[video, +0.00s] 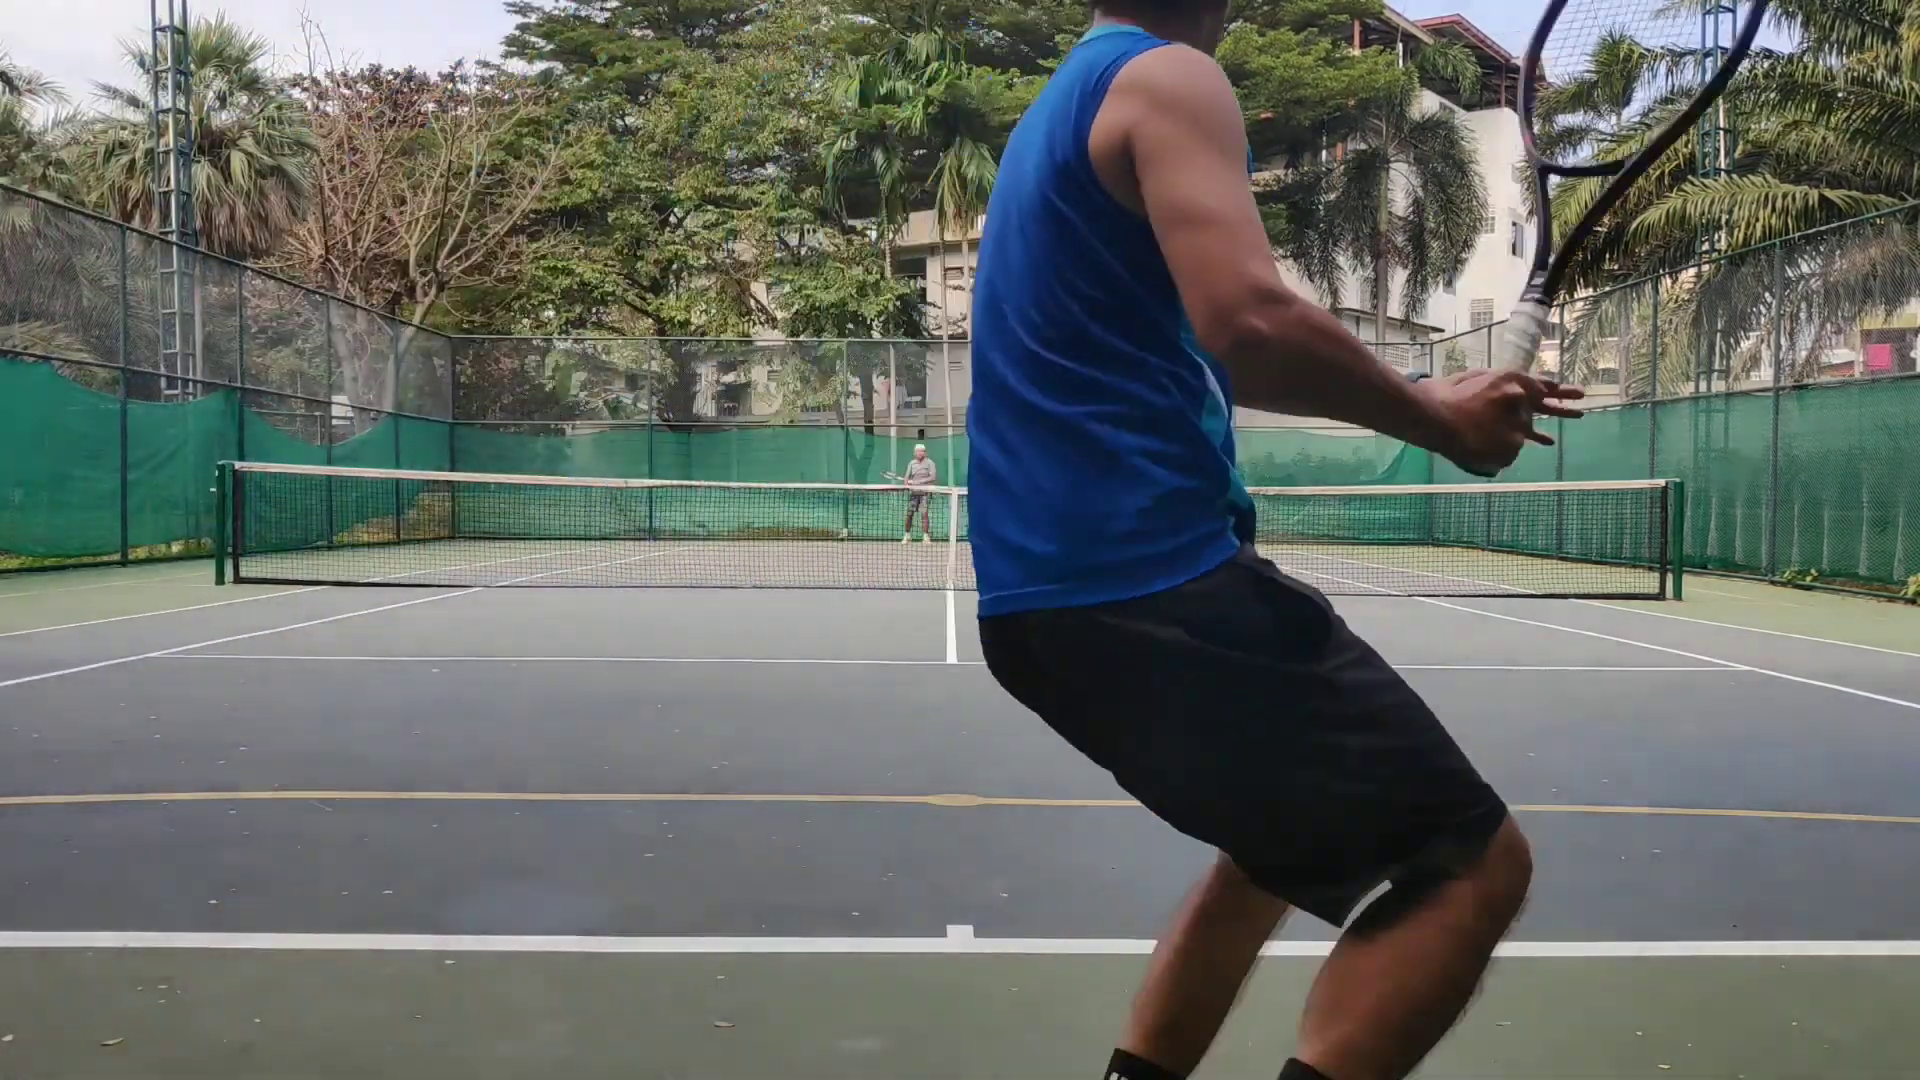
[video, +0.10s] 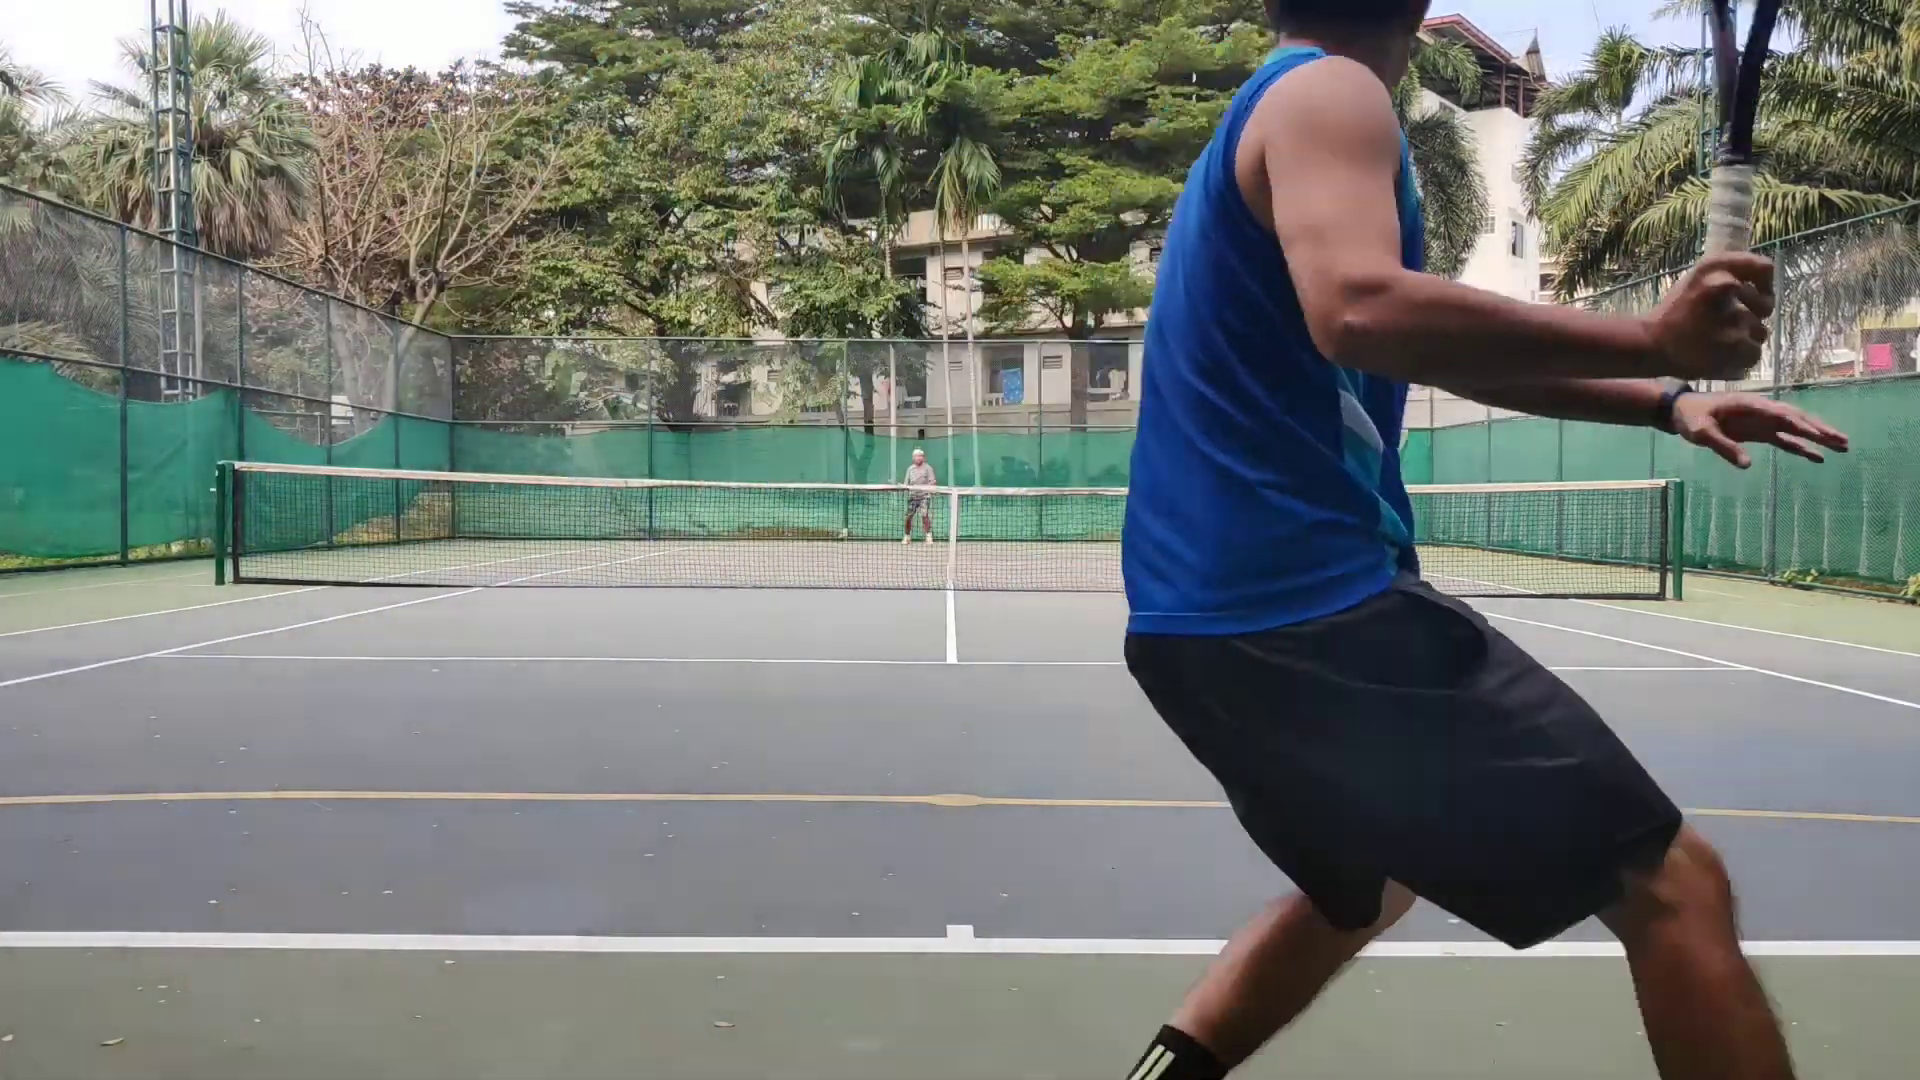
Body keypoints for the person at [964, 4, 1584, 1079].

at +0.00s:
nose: (1231, 17)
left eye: (1227, 12)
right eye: (1230, 7)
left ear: (1108, 1)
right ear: (1211, 1)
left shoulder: (1063, 108)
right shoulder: (1168, 82)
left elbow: (1223, 362)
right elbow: (1248, 317)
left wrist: (1425, 403)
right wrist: (1437, 418)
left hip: (1053, 602)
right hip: (1154, 588)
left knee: (1283, 829)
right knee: (1476, 864)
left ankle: (1142, 1067)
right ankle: (1320, 1068)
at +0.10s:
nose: (1428, 20)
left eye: (1422, 11)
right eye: (1422, 8)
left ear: (1285, 13)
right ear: (1400, 12)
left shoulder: (1269, 116)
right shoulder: (1330, 93)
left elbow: (1447, 357)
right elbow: (1358, 308)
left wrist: (1667, 401)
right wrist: (1649, 339)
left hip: (1200, 623)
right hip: (1311, 608)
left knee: (1362, 886)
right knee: (1674, 887)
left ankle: (1171, 1068)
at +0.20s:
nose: (1629, 47)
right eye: (1626, 34)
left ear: (1473, 34)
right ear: (1616, 45)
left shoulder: (1444, 140)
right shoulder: (1521, 118)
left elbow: (1658, 380)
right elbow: (1474, 313)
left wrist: (1880, 459)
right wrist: (1786, 328)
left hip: (1330, 638)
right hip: (1464, 628)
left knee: (1482, 839)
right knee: (1831, 902)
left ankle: (1273, 1042)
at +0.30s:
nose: (1773, 89)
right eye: (1778, 71)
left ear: (1620, 53)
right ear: (1772, 72)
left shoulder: (1589, 155)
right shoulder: (1681, 137)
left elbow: (1773, 404)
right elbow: (1584, 327)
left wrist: (1915, 477)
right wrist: (1876, 382)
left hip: (1410, 636)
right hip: (1561, 645)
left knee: (1574, 777)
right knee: (1900, 912)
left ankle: (1451, 1046)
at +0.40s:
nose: (1867, 92)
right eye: (1872, 72)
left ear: (1712, 62)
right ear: (1859, 76)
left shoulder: (1668, 164)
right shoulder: (1780, 134)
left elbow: (1807, 402)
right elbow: (1690, 321)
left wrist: (1915, 488)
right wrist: (1904, 414)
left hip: (1464, 609)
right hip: (1618, 622)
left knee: (1606, 759)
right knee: (1908, 925)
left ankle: (1585, 1045)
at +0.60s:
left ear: (1790, 88)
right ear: (1914, 104)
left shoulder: (1714, 184)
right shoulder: (1881, 197)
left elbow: (1636, 301)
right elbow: (1908, 433)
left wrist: (1793, 403)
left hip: (1545, 574)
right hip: (1699, 589)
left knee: (1666, 758)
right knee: (1846, 953)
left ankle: (1682, 1023)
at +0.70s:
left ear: (1786, 53)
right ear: (1904, 84)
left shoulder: (1657, 141)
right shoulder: (1906, 184)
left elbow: (1482, 199)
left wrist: (1598, 269)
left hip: (1603, 549)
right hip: (1775, 564)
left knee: (1660, 751)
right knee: (1802, 898)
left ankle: (1676, 1015)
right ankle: (1753, 1066)